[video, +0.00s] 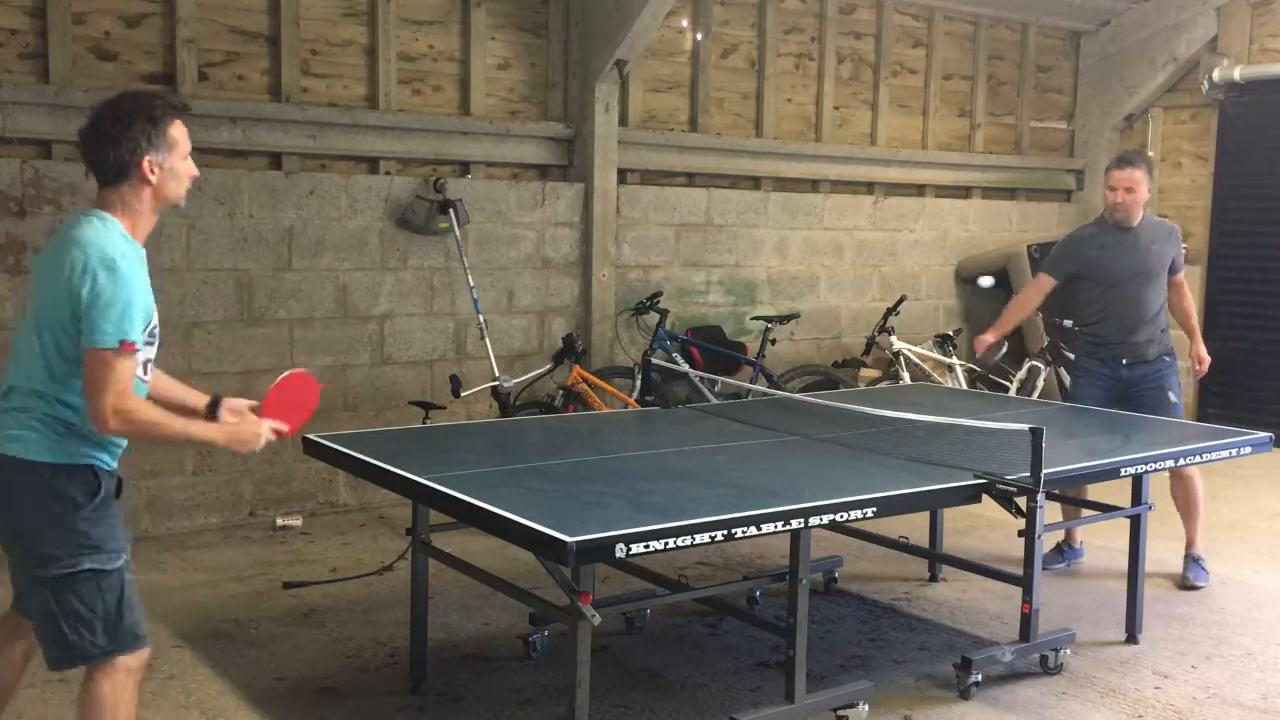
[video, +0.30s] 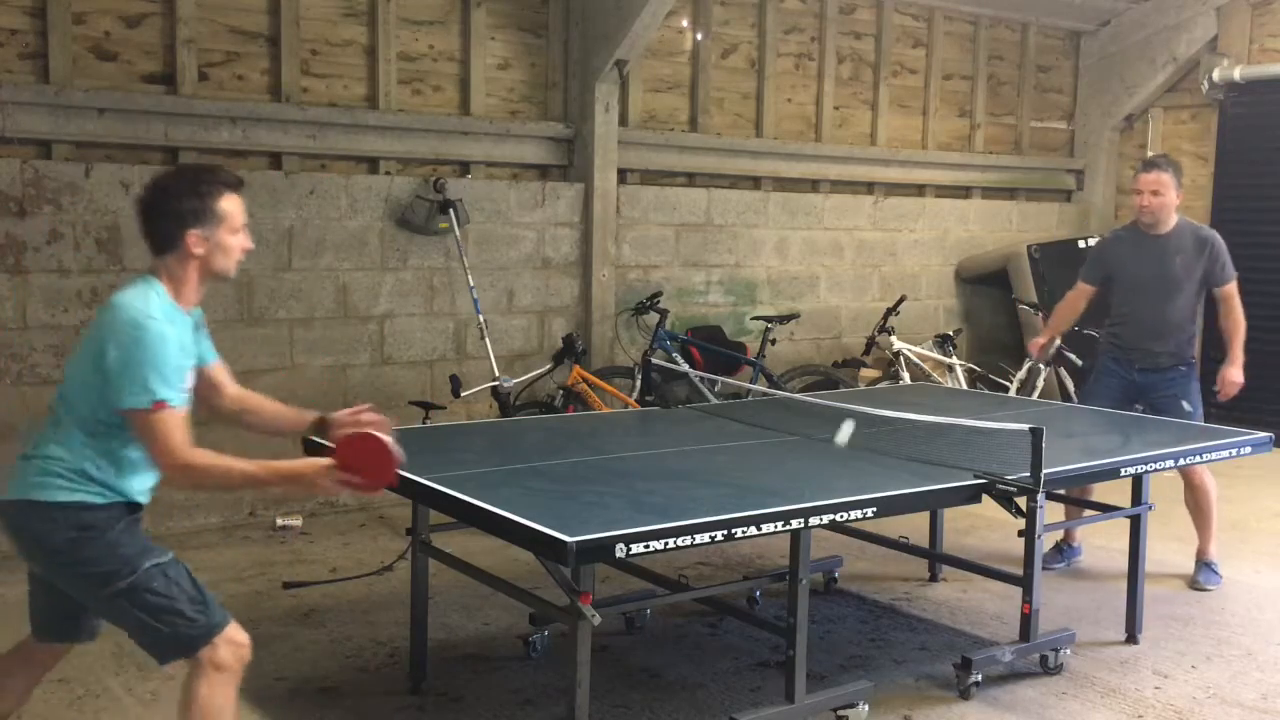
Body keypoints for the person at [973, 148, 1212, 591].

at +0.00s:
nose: (1117, 197)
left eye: (1127, 189)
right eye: (1111, 188)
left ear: (1148, 193)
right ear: (1103, 189)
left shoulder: (1166, 236)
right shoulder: (1078, 243)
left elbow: (1178, 289)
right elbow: (1037, 288)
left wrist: (1196, 339)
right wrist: (996, 332)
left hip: (1154, 368)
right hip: (1094, 368)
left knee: (1180, 458)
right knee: (1074, 455)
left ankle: (1194, 552)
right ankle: (1071, 543)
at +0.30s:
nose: (1145, 201)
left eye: (1155, 193)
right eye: (1139, 193)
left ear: (1178, 197)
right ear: (1131, 195)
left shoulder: (1205, 243)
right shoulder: (1113, 244)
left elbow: (1229, 303)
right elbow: (1078, 296)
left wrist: (1234, 360)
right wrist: (1048, 335)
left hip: (1174, 373)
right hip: (1113, 368)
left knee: (1191, 466)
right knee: (1080, 450)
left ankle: (1207, 555)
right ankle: (1069, 541)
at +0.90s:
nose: (1081, 201)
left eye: (1091, 193)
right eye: (1076, 193)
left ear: (1113, 197)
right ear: (1070, 198)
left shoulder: (1136, 246)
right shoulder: (1054, 249)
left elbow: (1161, 303)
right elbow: (1029, 298)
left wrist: (1170, 364)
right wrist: (1004, 334)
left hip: (1118, 372)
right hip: (1065, 370)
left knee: (1133, 455)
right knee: (1050, 448)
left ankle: (1164, 541)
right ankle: (1049, 523)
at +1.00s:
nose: (1064, 201)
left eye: (1073, 193)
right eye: (1058, 194)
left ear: (1095, 197)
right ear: (1054, 199)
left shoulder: (1124, 245)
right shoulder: (1042, 249)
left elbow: (1152, 304)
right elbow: (1024, 302)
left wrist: (1151, 361)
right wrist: (984, 332)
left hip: (1108, 369)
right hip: (1055, 366)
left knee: (1113, 461)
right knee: (1041, 448)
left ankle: (1129, 546)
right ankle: (1048, 522)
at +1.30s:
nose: (958, 227)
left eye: (964, 218)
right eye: (956, 219)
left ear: (994, 217)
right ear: (973, 222)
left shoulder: (1031, 257)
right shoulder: (968, 270)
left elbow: (1071, 301)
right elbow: (954, 326)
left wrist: (1059, 321)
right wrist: (902, 346)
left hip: (1043, 385)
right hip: (990, 384)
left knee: (1081, 464)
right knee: (939, 441)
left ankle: (1123, 547)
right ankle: (890, 505)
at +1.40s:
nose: (910, 235)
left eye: (916, 226)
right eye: (909, 227)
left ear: (942, 225)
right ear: (925, 228)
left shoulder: (977, 262)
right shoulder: (923, 282)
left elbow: (1031, 287)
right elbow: (888, 335)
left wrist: (1040, 303)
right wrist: (834, 345)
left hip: (1007, 380)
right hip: (961, 383)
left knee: (1055, 459)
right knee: (913, 437)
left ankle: (1112, 544)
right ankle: (881, 512)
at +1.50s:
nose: (869, 246)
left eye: (875, 239)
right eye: (869, 239)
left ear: (901, 240)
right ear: (892, 241)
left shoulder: (944, 273)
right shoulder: (882, 297)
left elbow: (1002, 292)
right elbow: (847, 341)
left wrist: (1012, 305)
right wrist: (789, 351)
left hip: (984, 379)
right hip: (939, 387)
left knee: (1025, 460)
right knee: (898, 438)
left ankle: (1094, 536)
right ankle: (882, 508)